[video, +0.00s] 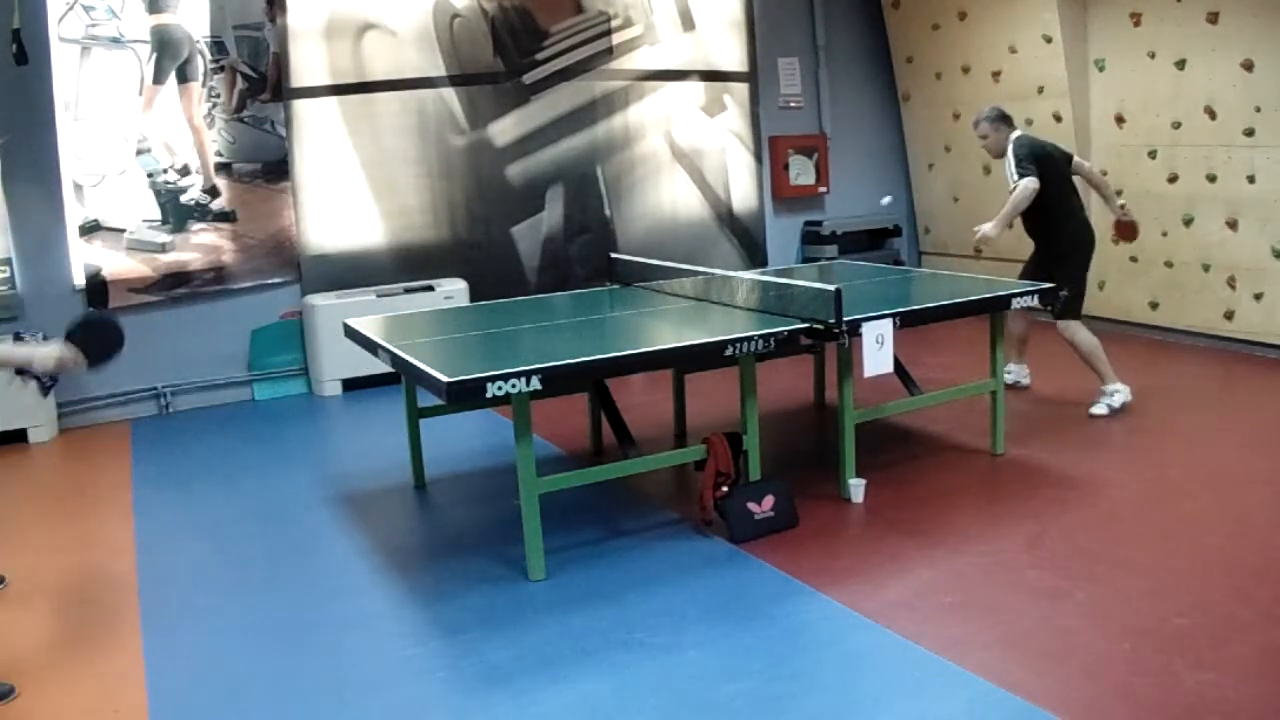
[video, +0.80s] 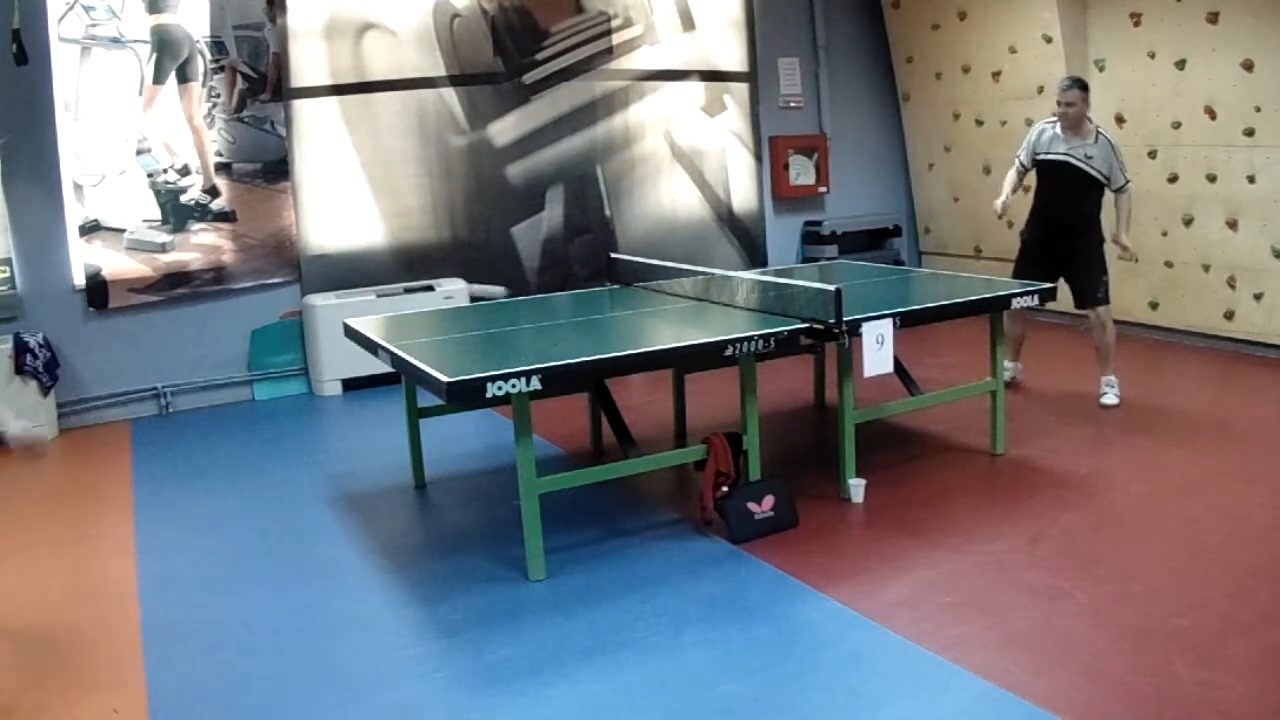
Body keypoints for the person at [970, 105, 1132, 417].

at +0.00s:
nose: (984, 146)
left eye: (985, 138)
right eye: (981, 140)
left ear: (1000, 130)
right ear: (1008, 129)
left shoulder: (1018, 148)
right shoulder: (1038, 145)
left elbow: (1029, 185)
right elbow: (1087, 171)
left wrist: (996, 225)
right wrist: (1116, 207)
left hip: (1069, 243)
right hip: (1052, 243)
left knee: (1067, 323)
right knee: (1017, 304)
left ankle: (1115, 387)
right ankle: (1016, 368)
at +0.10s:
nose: (982, 149)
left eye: (982, 142)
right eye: (979, 143)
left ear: (998, 133)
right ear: (1002, 133)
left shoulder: (1016, 151)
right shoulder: (1035, 146)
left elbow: (1030, 188)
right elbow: (1080, 177)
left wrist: (1004, 230)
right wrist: (1101, 222)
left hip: (1063, 246)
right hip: (1050, 245)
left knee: (1063, 323)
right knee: (1013, 305)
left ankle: (1115, 389)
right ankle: (1016, 368)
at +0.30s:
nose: (997, 126)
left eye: (1000, 119)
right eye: (994, 121)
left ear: (1018, 115)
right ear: (1004, 118)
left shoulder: (1046, 138)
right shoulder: (1011, 144)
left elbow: (1064, 182)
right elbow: (983, 165)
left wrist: (1036, 221)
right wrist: (943, 154)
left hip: (1066, 235)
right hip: (1039, 236)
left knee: (1074, 311)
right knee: (1012, 300)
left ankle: (1114, 387)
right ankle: (1015, 367)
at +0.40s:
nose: (1017, 111)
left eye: (1021, 105)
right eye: (1014, 105)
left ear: (1040, 101)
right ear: (1017, 105)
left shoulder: (1064, 132)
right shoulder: (1015, 130)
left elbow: (1088, 179)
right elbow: (984, 149)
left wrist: (1066, 218)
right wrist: (945, 135)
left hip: (1067, 232)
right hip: (1031, 232)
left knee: (1084, 305)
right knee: (1015, 300)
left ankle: (1113, 381)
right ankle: (1014, 367)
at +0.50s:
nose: (1039, 110)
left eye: (1045, 103)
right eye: (1036, 103)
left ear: (1065, 103)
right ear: (1034, 102)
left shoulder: (1085, 136)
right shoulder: (1030, 128)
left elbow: (1103, 185)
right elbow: (994, 156)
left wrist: (1090, 227)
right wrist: (956, 155)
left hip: (1071, 235)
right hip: (1031, 233)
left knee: (1087, 308)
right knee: (1015, 300)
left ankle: (1108, 377)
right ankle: (1009, 362)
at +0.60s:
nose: (1056, 115)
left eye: (1063, 110)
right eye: (1053, 108)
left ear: (1081, 110)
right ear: (1051, 106)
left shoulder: (1098, 145)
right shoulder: (1040, 133)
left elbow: (1117, 192)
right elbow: (1010, 162)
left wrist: (1107, 234)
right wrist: (979, 175)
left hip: (1079, 242)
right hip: (1036, 239)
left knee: (1094, 313)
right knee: (1017, 304)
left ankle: (1107, 379)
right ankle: (1007, 363)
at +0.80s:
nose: (1062, 111)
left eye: (1070, 105)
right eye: (1059, 104)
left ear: (1086, 106)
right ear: (1055, 104)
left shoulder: (1104, 145)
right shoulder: (1040, 133)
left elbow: (1122, 189)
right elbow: (1019, 168)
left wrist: (1121, 233)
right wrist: (1004, 196)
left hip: (1083, 242)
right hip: (1039, 237)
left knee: (1098, 312)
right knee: (1016, 304)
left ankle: (1108, 379)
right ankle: (1010, 366)